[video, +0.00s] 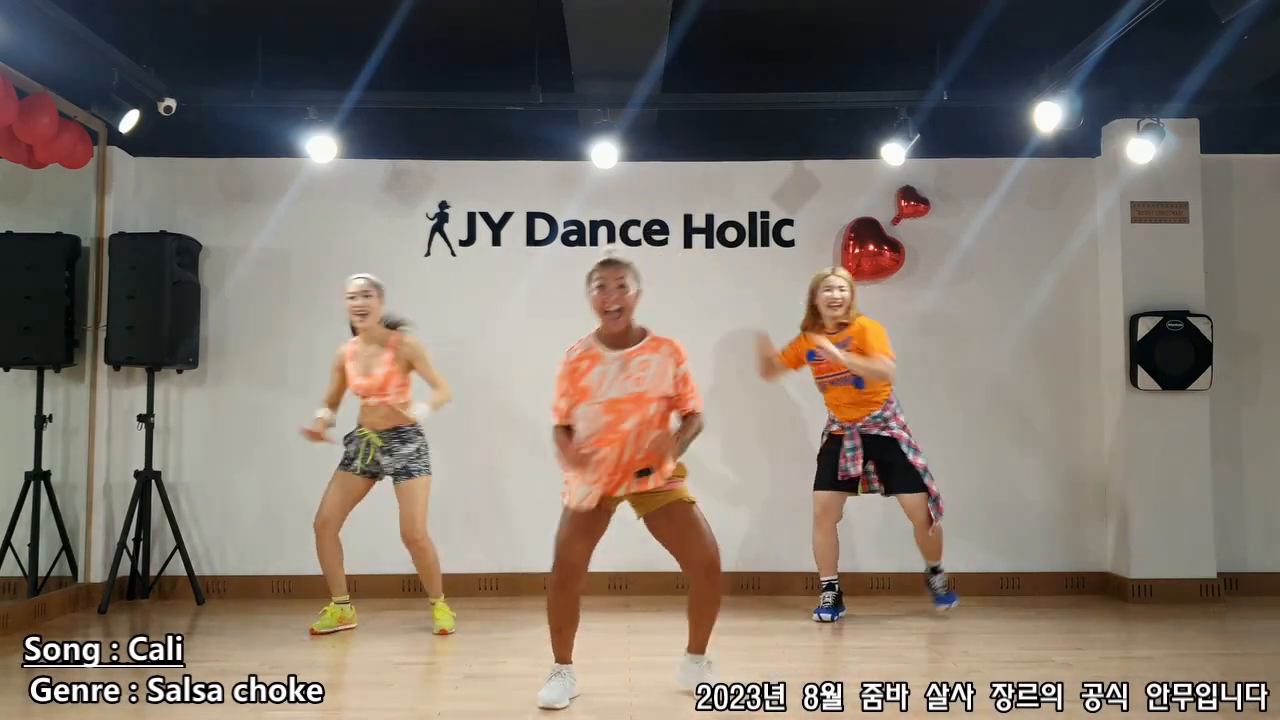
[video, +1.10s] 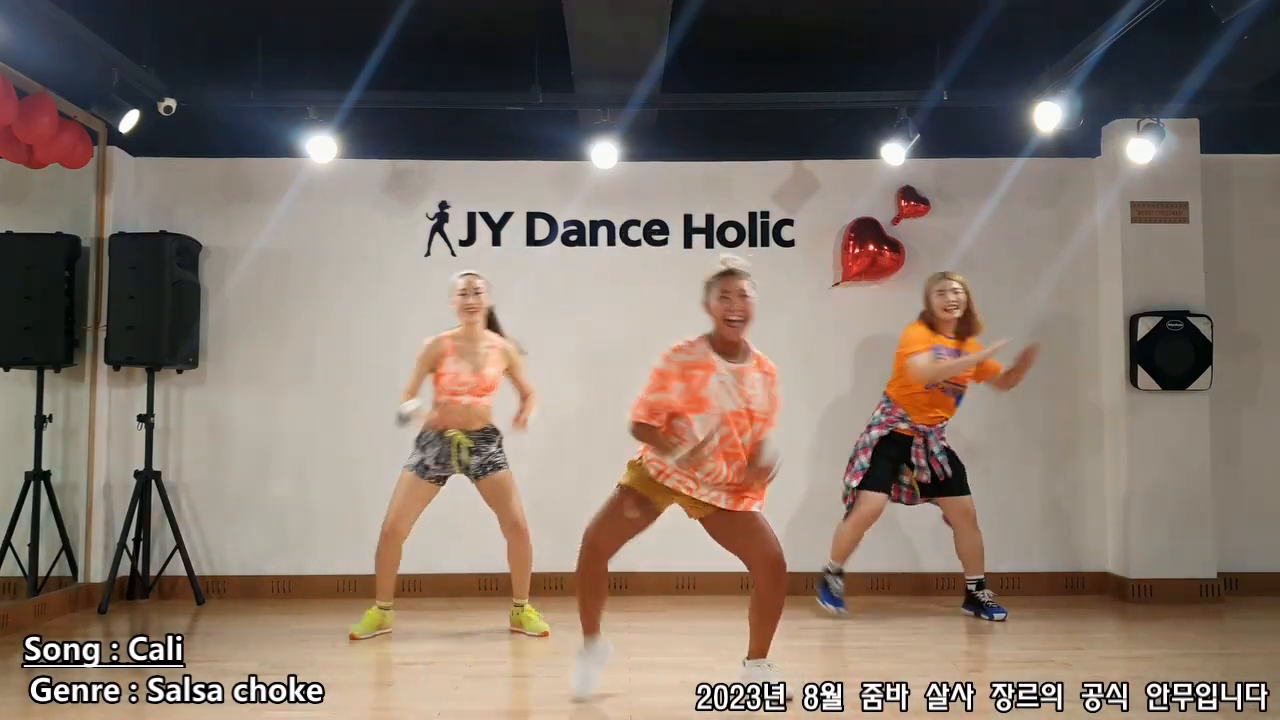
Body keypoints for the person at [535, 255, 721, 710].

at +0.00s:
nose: (611, 296)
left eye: (620, 287)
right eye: (601, 289)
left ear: (637, 294)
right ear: (590, 299)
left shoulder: (666, 352)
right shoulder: (576, 358)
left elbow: (693, 416)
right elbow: (562, 426)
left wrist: (672, 448)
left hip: (654, 474)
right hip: (593, 476)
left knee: (706, 561)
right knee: (566, 566)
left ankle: (696, 662)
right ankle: (562, 670)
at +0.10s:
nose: (632, 279)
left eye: (641, 270)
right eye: (622, 273)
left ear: (658, 279)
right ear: (611, 284)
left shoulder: (687, 336)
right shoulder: (595, 340)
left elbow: (724, 397)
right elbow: (570, 414)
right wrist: (577, 403)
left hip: (671, 451)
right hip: (614, 454)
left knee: (706, 553)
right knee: (589, 555)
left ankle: (696, 660)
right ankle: (573, 665)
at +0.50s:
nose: (704, 296)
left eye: (711, 288)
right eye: (693, 288)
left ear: (723, 298)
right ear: (676, 300)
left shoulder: (738, 363)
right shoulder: (649, 358)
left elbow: (748, 423)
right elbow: (606, 419)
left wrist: (742, 430)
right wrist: (643, 424)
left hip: (710, 482)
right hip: (650, 480)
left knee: (775, 553)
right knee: (641, 564)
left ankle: (762, 656)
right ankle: (648, 668)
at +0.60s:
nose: (732, 301)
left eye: (738, 292)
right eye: (720, 294)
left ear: (748, 302)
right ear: (701, 307)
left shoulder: (758, 368)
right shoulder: (677, 359)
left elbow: (758, 430)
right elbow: (651, 430)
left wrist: (785, 458)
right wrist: (693, 453)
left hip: (717, 486)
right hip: (658, 479)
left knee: (772, 563)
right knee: (624, 560)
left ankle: (758, 665)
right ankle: (641, 663)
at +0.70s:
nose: (756, 301)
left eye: (763, 291)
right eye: (743, 292)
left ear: (771, 300)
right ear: (723, 304)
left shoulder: (777, 364)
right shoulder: (704, 351)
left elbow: (797, 417)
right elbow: (725, 416)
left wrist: (839, 405)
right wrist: (779, 403)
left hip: (715, 480)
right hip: (662, 465)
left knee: (769, 562)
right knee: (597, 541)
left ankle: (755, 665)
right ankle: (591, 650)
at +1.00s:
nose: (759, 309)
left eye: (766, 299)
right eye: (747, 300)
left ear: (776, 307)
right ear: (729, 310)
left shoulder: (783, 376)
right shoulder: (706, 357)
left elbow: (810, 425)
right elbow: (699, 426)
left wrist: (824, 418)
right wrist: (753, 416)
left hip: (719, 489)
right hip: (662, 469)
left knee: (770, 564)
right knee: (595, 544)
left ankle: (755, 666)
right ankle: (568, 631)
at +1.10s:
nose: (736, 306)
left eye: (744, 297)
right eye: (725, 297)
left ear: (754, 306)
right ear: (708, 305)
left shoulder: (764, 374)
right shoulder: (681, 359)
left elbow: (759, 442)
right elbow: (641, 423)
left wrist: (760, 468)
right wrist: (672, 448)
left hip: (721, 490)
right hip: (661, 477)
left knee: (771, 563)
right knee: (594, 545)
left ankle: (756, 665)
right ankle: (591, 645)